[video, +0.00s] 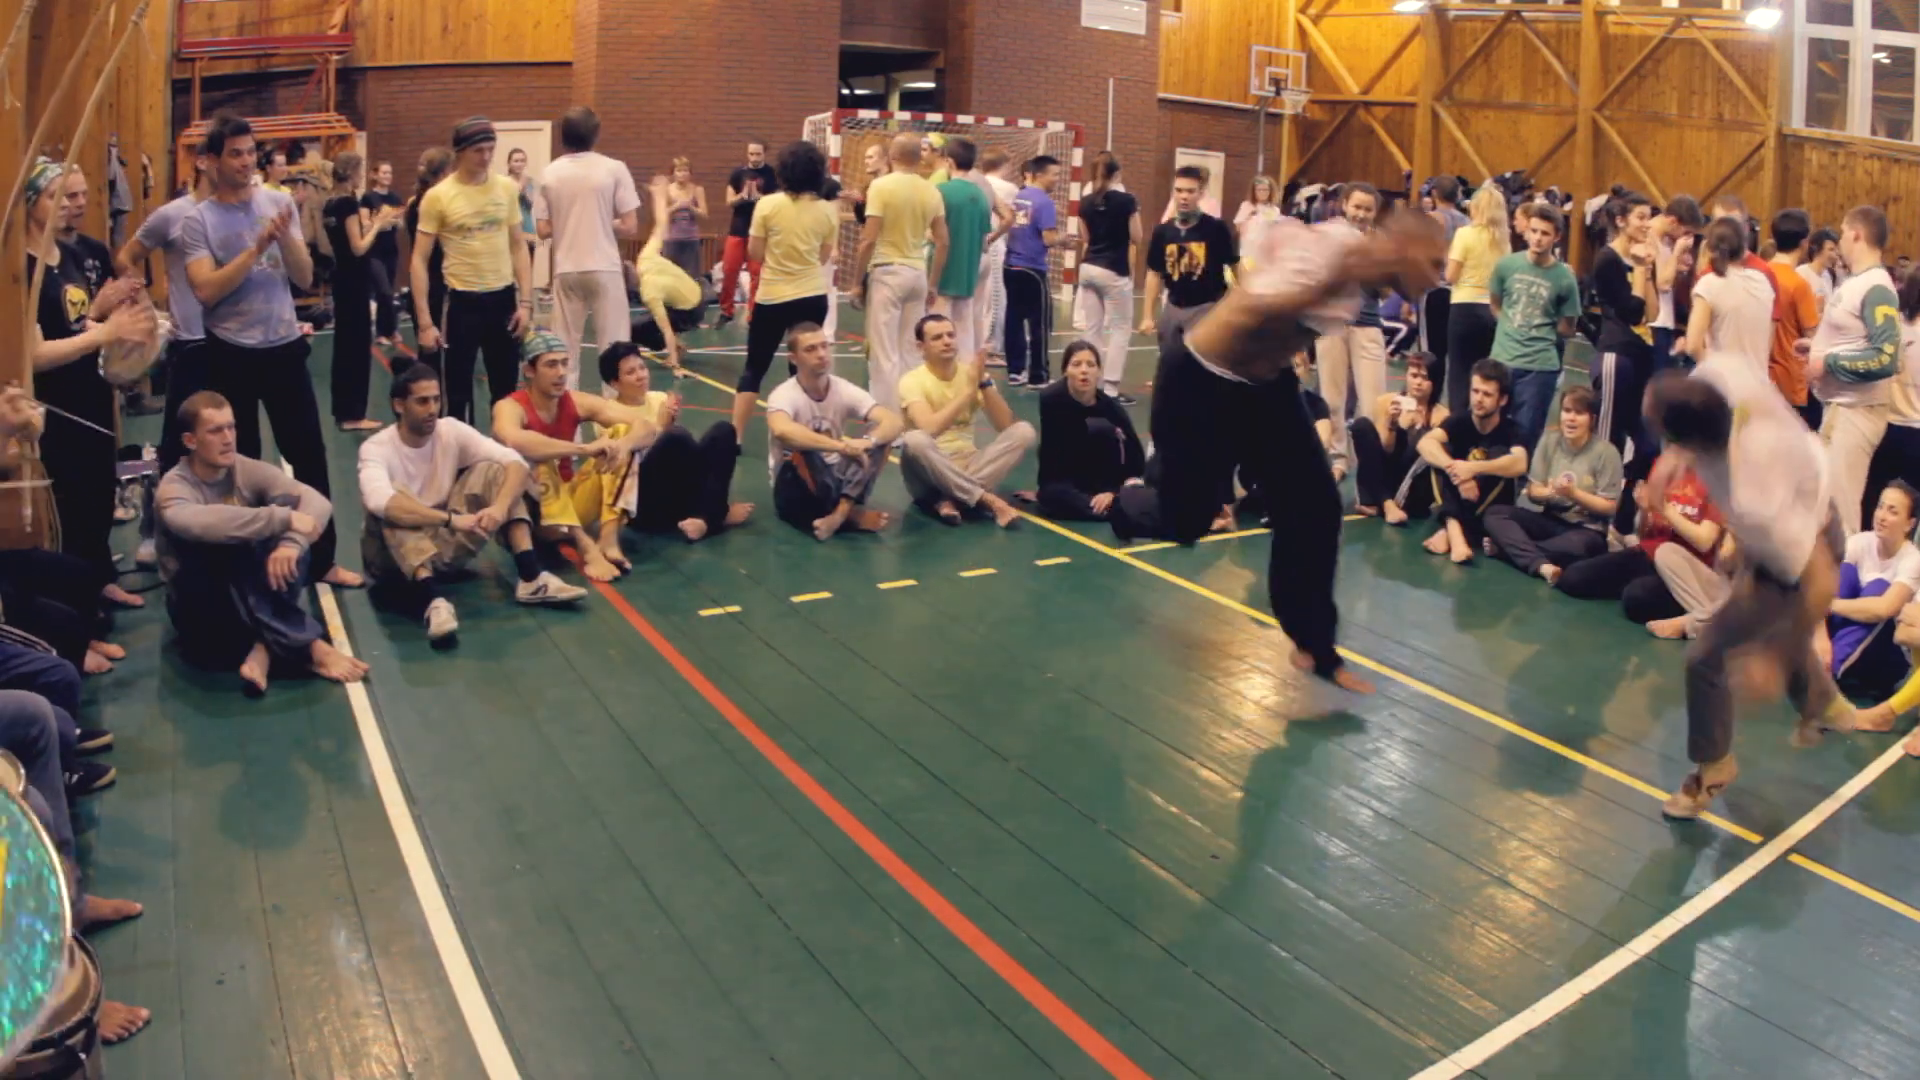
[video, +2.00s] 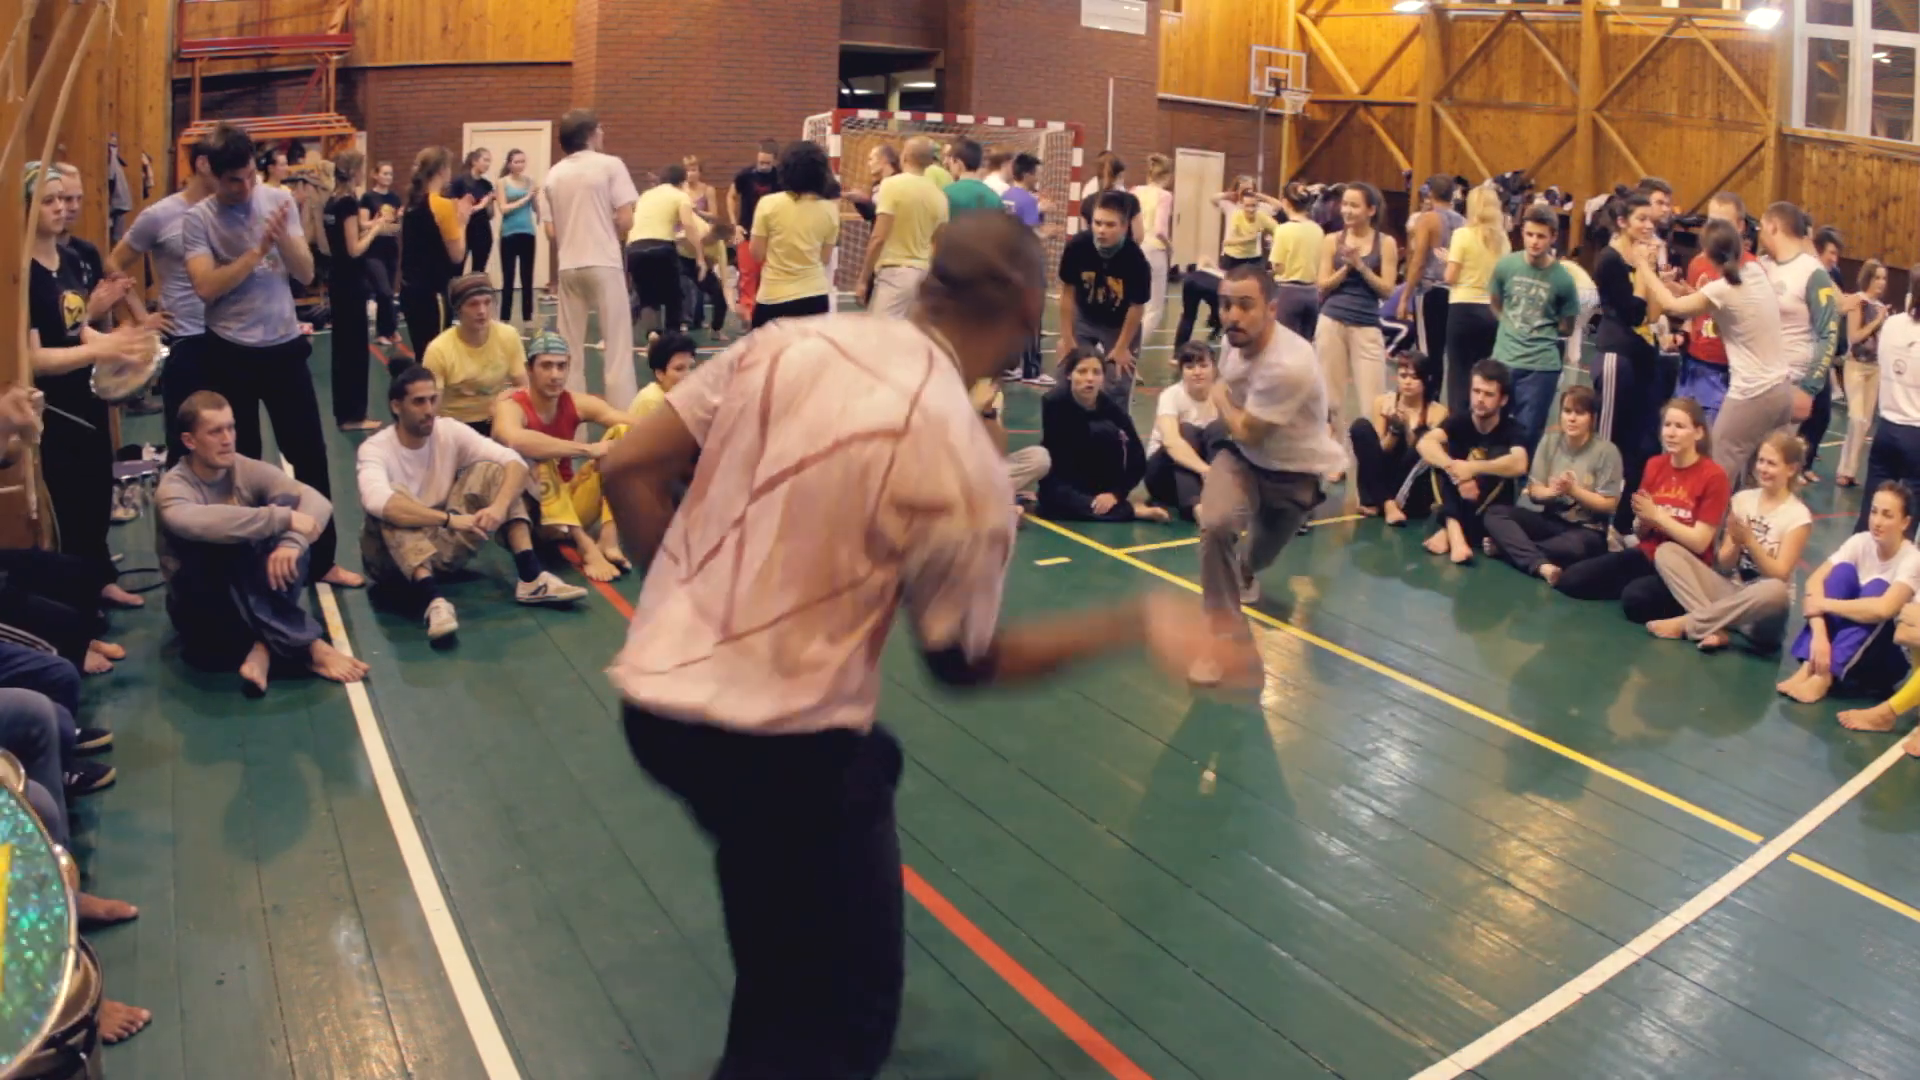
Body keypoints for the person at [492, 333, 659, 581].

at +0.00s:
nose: (561, 373)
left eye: (564, 364)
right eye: (551, 365)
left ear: (569, 366)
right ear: (529, 370)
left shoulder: (578, 402)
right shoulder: (509, 407)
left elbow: (648, 428)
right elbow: (513, 441)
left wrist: (625, 445)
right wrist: (584, 449)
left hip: (574, 505)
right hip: (527, 513)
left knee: (622, 432)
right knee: (541, 465)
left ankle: (609, 537)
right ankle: (586, 545)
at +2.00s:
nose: (555, 375)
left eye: (561, 367)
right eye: (546, 367)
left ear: (568, 369)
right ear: (530, 369)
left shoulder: (579, 403)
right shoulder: (511, 405)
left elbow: (636, 425)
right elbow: (512, 439)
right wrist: (586, 449)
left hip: (569, 507)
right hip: (525, 509)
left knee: (620, 440)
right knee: (543, 465)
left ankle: (609, 540)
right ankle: (586, 546)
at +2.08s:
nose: (555, 375)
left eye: (561, 367)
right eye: (546, 367)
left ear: (569, 369)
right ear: (529, 369)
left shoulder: (575, 403)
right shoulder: (511, 406)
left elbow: (619, 412)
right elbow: (514, 440)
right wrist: (583, 449)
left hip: (570, 505)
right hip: (525, 511)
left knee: (619, 453)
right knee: (542, 464)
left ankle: (609, 540)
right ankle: (586, 545)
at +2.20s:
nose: (555, 374)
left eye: (561, 367)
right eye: (546, 366)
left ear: (569, 370)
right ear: (530, 368)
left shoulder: (571, 403)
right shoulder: (510, 402)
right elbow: (512, 439)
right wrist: (584, 450)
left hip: (568, 505)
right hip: (525, 509)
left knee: (620, 453)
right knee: (542, 464)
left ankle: (609, 540)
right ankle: (585, 544)